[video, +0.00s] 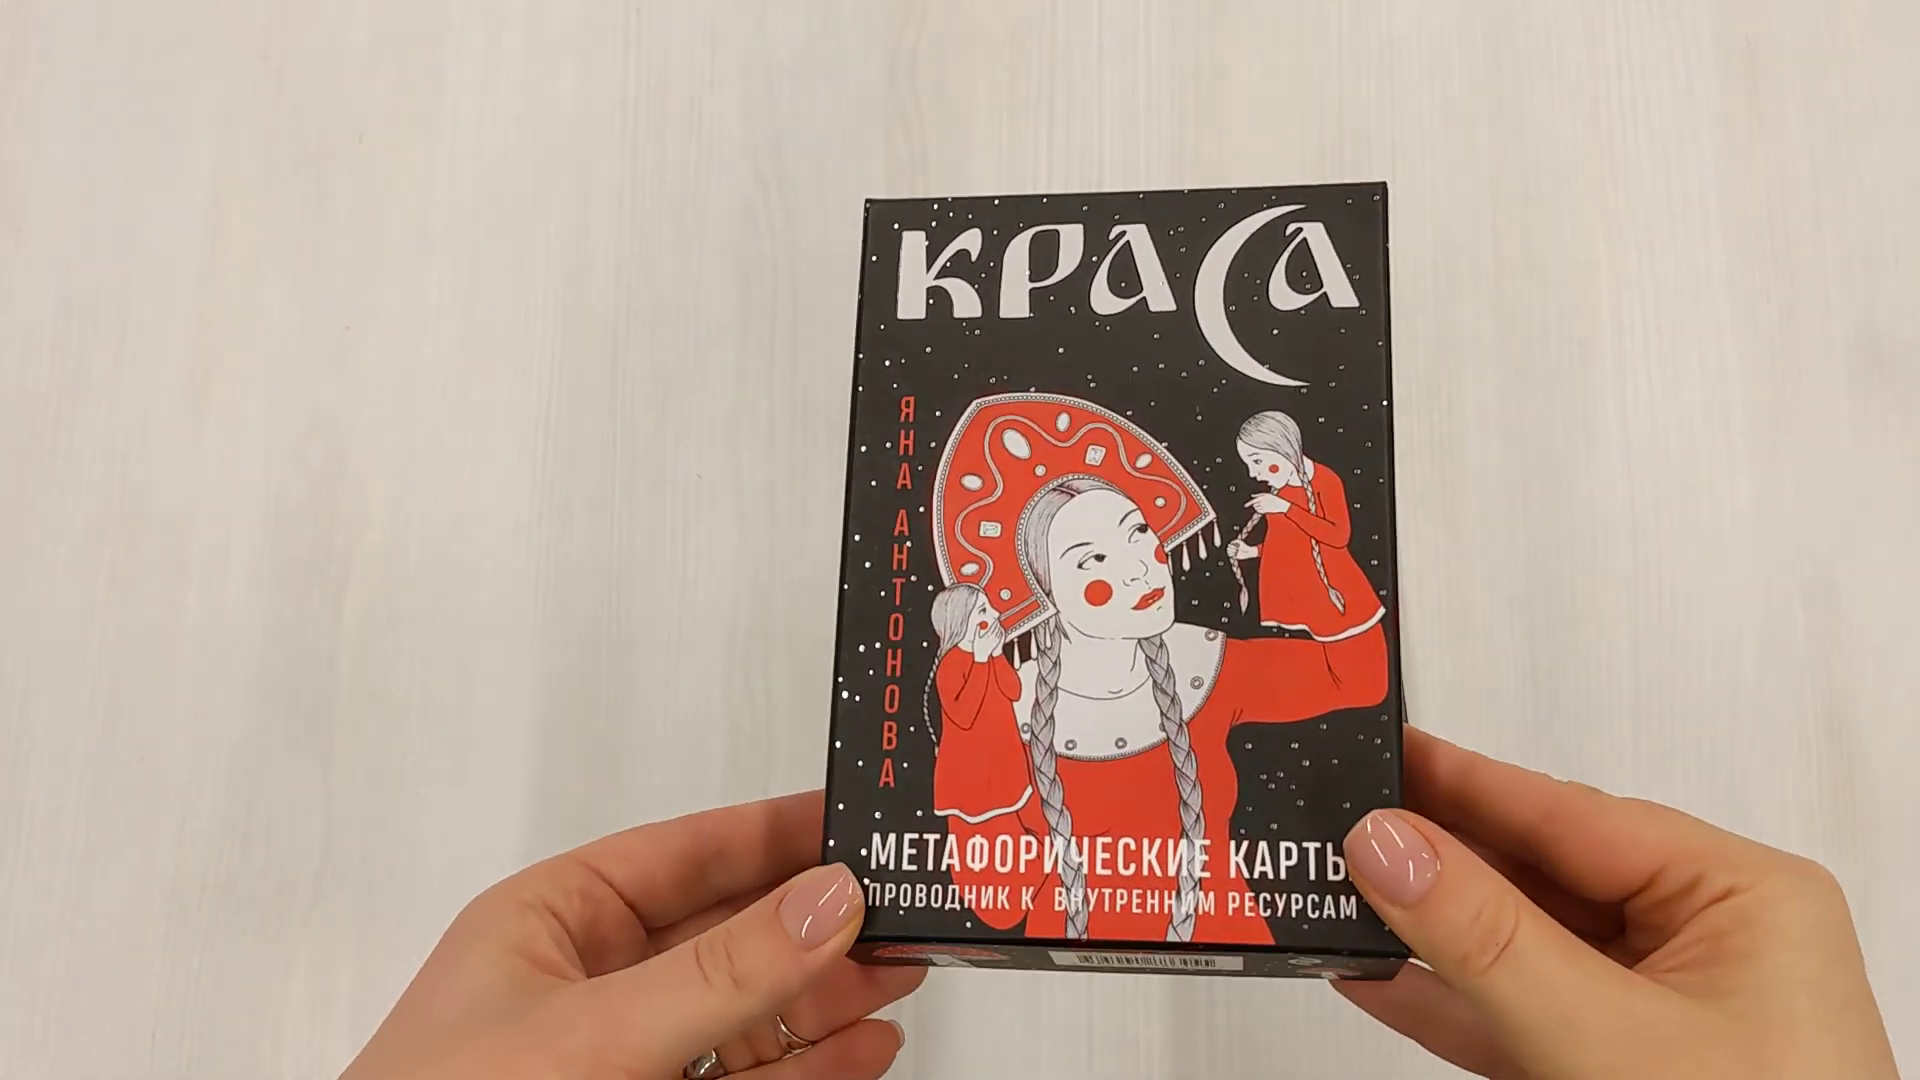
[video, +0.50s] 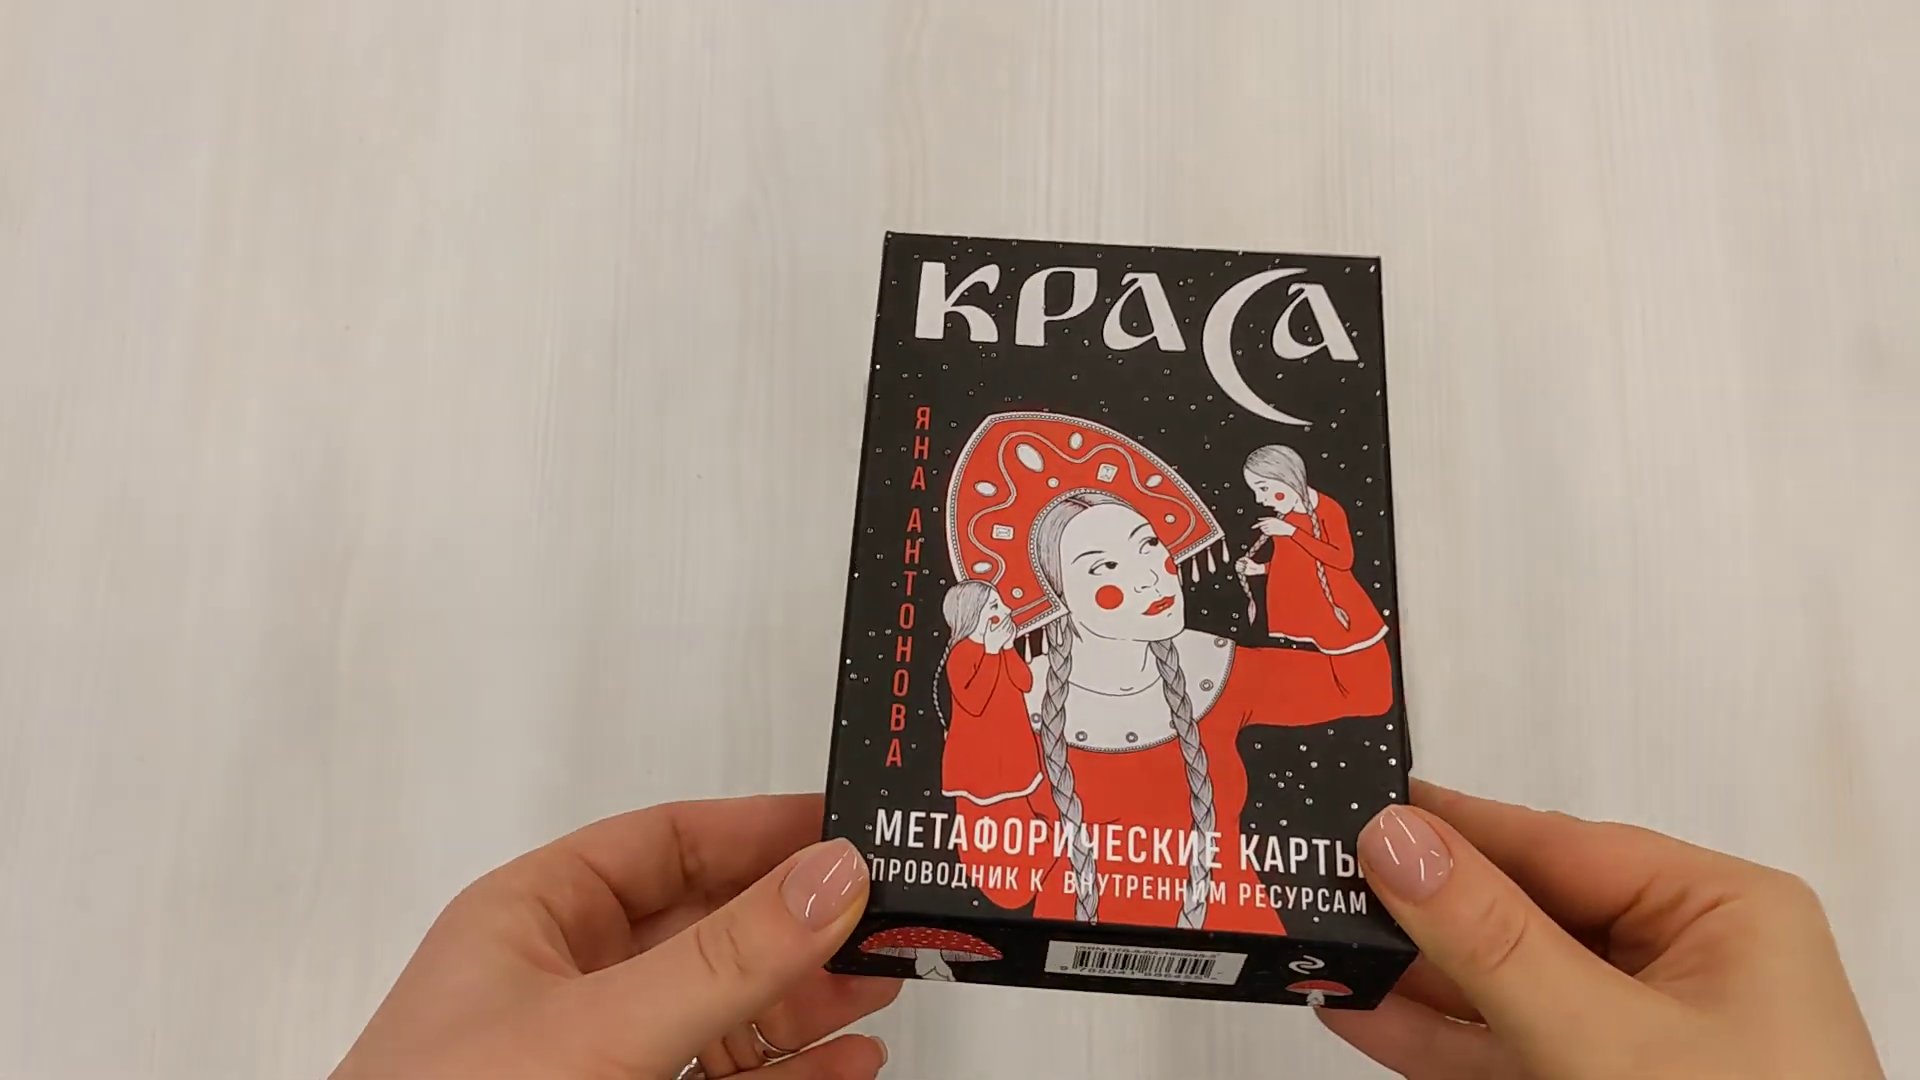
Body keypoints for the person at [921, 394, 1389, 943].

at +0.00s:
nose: (1138, 567)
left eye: (1135, 534)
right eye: (1090, 561)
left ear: (1156, 538)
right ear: (1051, 593)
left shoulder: (1198, 663)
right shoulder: (1008, 699)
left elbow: (1358, 676)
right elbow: (999, 904)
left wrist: (1308, 531)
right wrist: (976, 699)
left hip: (1224, 958)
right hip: (1076, 963)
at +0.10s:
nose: (1138, 571)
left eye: (1135, 539)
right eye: (1089, 566)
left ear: (1155, 544)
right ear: (1050, 598)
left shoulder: (1198, 665)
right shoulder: (1008, 703)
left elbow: (1356, 676)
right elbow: (998, 903)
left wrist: (1315, 539)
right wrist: (976, 703)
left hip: (1224, 955)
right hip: (1078, 958)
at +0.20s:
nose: (1140, 573)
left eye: (1139, 541)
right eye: (1093, 566)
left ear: (1158, 547)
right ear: (1053, 597)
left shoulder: (1201, 666)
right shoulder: (1009, 705)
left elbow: (1360, 677)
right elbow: (998, 903)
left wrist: (1314, 538)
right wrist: (979, 701)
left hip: (1222, 956)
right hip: (1074, 961)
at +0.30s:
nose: (1146, 574)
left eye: (1144, 542)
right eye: (1098, 567)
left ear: (1164, 547)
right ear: (1059, 599)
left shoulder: (1209, 666)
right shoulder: (1015, 704)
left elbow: (1365, 675)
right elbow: (1002, 900)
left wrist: (1316, 531)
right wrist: (982, 702)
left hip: (1230, 958)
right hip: (1080, 961)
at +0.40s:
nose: (1154, 574)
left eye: (1151, 542)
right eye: (1105, 567)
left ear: (1171, 547)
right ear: (1067, 597)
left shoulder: (1213, 666)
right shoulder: (1023, 700)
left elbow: (1371, 679)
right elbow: (1005, 889)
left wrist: (1314, 537)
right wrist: (986, 700)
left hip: (1232, 952)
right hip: (1083, 956)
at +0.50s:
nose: (1151, 576)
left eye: (1147, 545)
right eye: (1102, 568)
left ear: (1165, 549)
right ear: (1064, 598)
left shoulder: (1209, 668)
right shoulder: (1021, 693)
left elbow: (1362, 687)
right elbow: (1005, 880)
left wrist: (1308, 548)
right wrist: (981, 694)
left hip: (1235, 948)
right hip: (1087, 953)